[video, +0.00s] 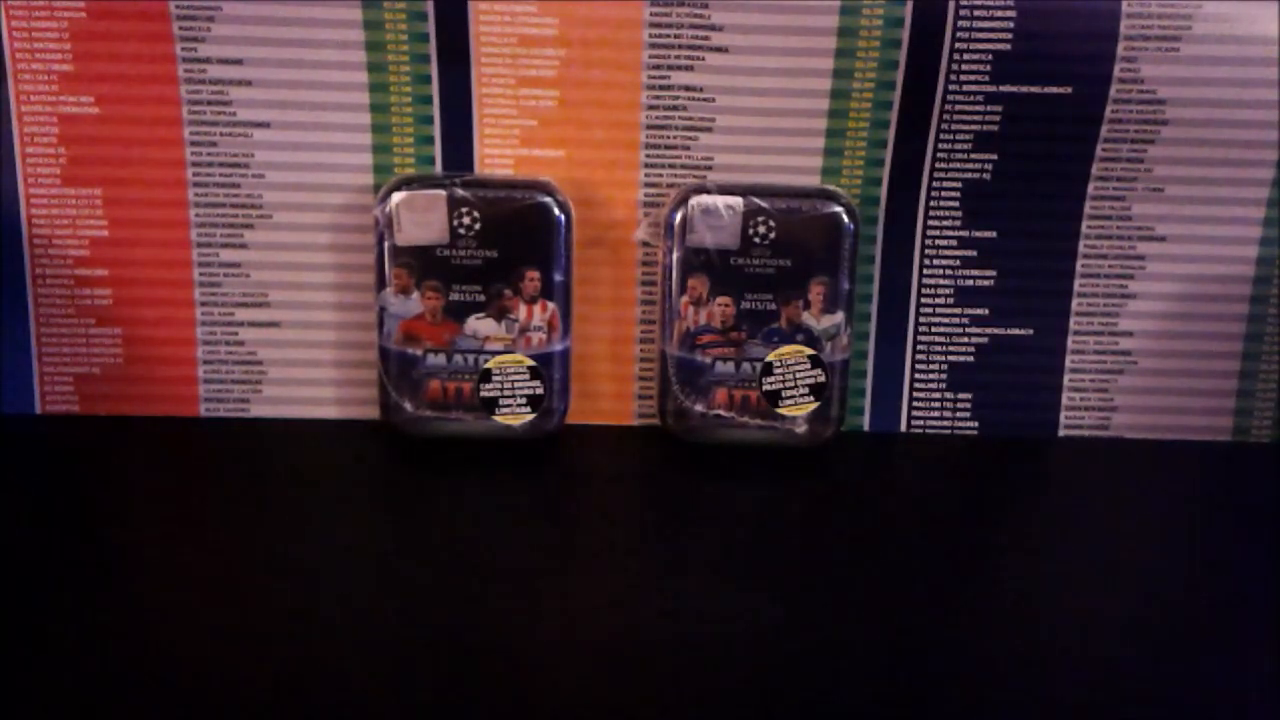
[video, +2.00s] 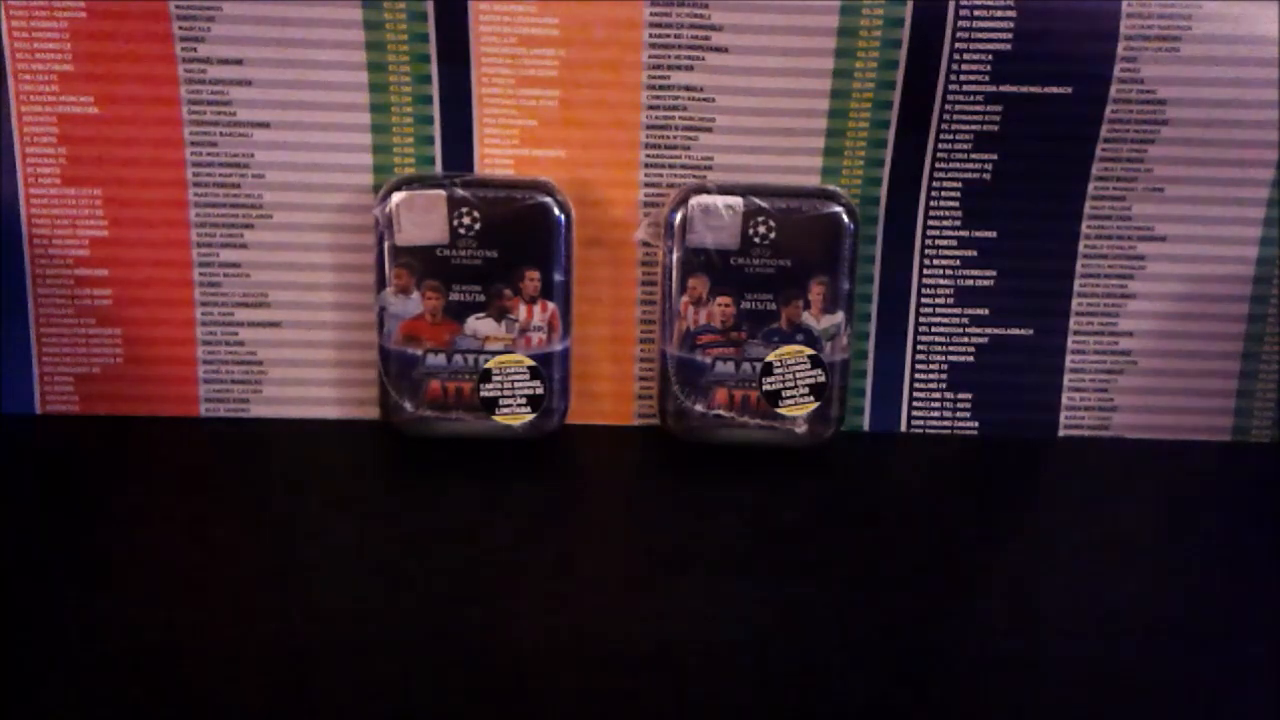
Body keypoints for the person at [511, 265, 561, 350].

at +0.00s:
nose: (536, 285)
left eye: (538, 280)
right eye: (531, 280)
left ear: (541, 283)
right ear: (521, 284)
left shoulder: (551, 308)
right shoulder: (512, 305)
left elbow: (556, 336)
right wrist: (520, 329)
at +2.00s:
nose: (536, 285)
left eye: (538, 281)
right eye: (531, 280)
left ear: (541, 283)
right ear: (521, 284)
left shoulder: (550, 308)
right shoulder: (512, 305)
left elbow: (556, 335)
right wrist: (520, 328)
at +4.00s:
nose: (536, 285)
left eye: (538, 281)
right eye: (531, 280)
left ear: (541, 283)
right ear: (521, 284)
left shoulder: (551, 308)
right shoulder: (513, 305)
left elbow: (556, 336)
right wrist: (520, 329)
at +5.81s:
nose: (536, 285)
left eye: (539, 281)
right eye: (531, 280)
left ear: (541, 283)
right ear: (521, 284)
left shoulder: (550, 308)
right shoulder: (512, 305)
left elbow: (556, 337)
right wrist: (520, 328)